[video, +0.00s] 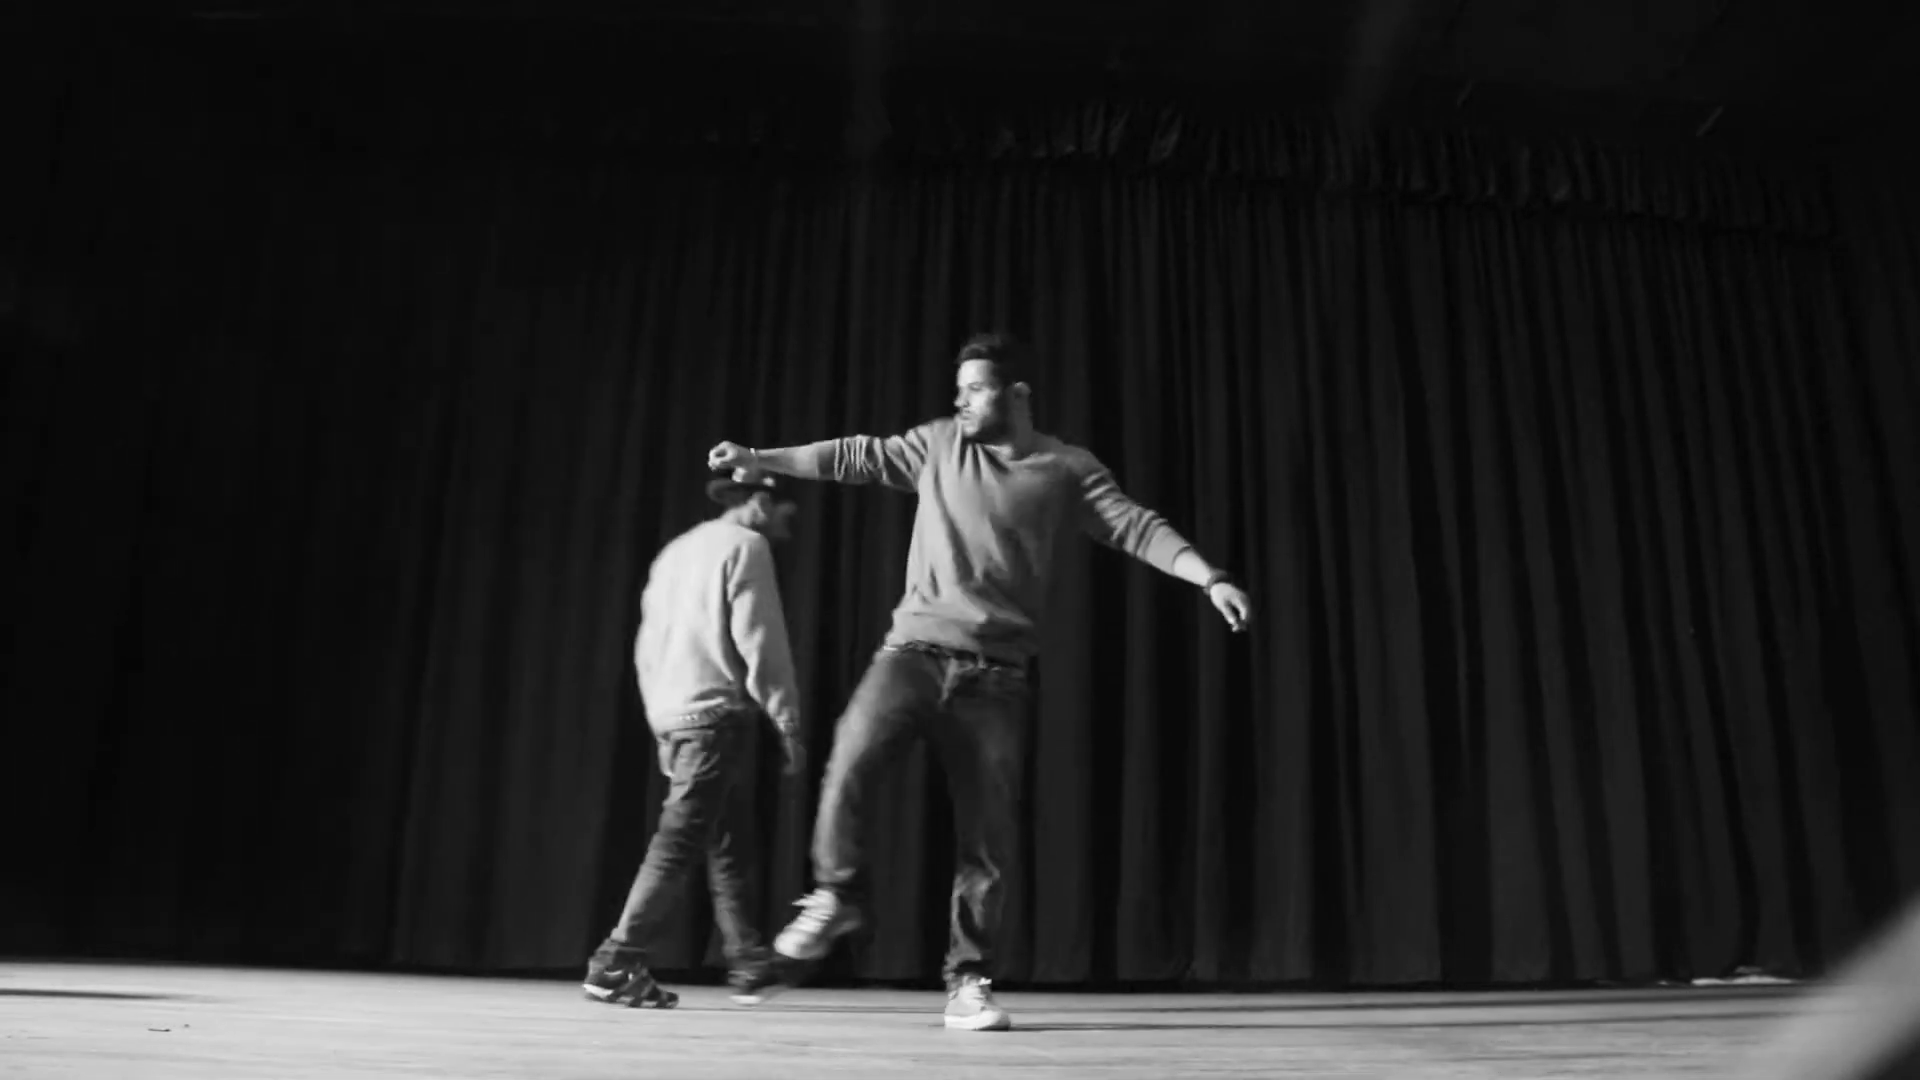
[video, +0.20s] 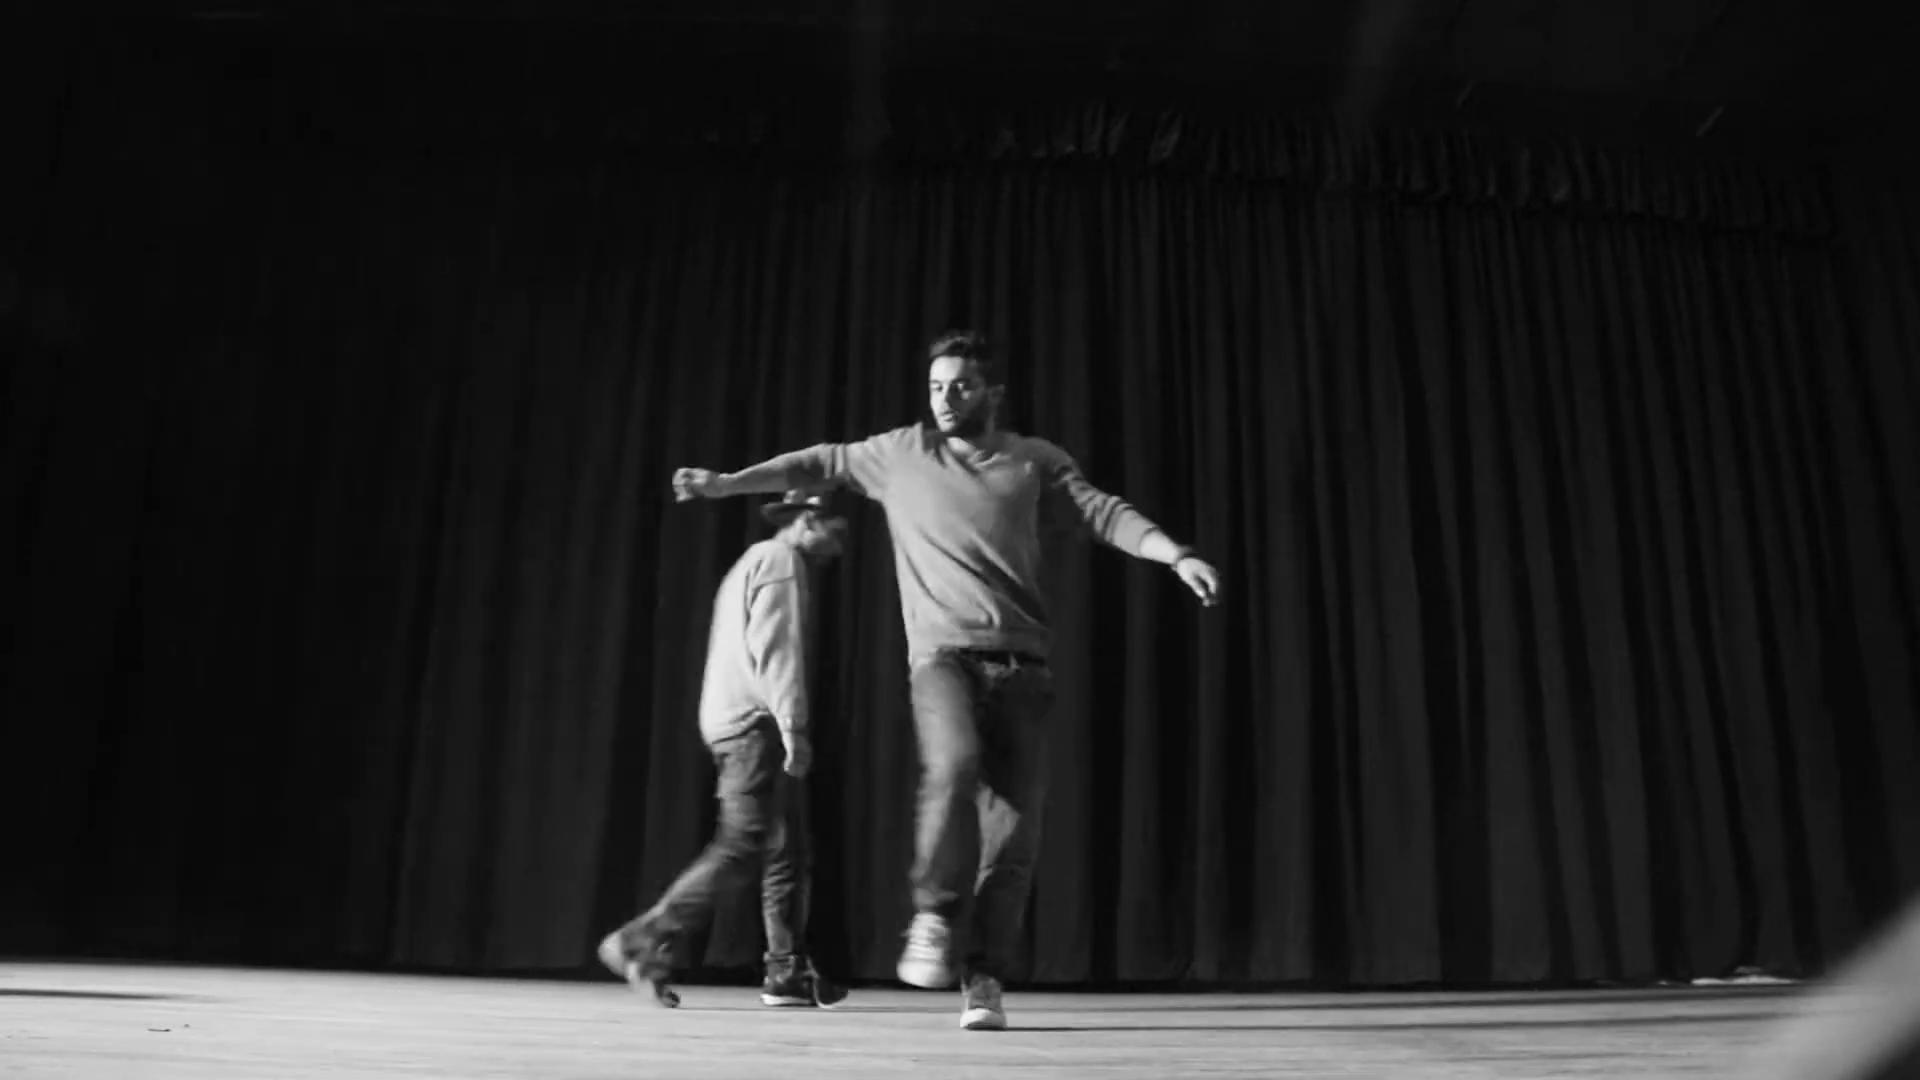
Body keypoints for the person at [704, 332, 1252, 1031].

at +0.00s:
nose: (964, 401)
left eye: (977, 389)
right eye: (960, 390)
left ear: (1015, 391)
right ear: (958, 394)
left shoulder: (1066, 468)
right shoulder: (935, 446)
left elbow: (1136, 527)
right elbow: (850, 457)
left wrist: (1209, 579)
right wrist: (758, 459)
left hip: (996, 670)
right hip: (914, 651)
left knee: (989, 832)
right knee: (854, 750)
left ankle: (969, 985)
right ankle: (833, 898)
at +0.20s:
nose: (951, 398)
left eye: (965, 386)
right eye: (941, 386)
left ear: (994, 390)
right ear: (928, 389)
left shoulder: (1035, 459)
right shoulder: (895, 452)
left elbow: (1103, 513)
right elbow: (811, 466)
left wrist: (1173, 554)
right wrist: (727, 483)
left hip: (1020, 659)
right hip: (940, 652)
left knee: (1013, 827)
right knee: (954, 766)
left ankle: (986, 975)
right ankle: (933, 918)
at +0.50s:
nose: (918, 408)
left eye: (929, 394)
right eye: (904, 396)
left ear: (949, 398)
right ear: (884, 403)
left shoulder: (987, 461)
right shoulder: (861, 482)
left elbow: (1056, 509)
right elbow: (771, 499)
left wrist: (1122, 549)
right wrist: (674, 489)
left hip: (1005, 666)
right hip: (923, 668)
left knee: (1001, 829)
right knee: (913, 818)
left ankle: (981, 980)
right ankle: (893, 970)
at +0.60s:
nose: (899, 405)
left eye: (910, 392)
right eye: (885, 393)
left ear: (929, 395)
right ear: (864, 402)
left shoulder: (967, 439)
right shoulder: (848, 488)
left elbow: (1036, 501)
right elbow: (759, 518)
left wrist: (1094, 547)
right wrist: (667, 499)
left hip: (988, 669)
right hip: (902, 671)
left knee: (988, 832)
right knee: (846, 817)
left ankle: (976, 983)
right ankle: (797, 963)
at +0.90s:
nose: (844, 395)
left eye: (855, 382)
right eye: (830, 382)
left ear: (872, 386)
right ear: (804, 388)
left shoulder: (909, 434)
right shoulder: (779, 464)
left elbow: (982, 478)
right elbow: (712, 550)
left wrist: (1047, 520)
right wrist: (749, 476)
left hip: (907, 665)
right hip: (815, 666)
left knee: (934, 823)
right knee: (769, 825)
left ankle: (952, 979)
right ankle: (726, 976)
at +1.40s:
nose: (948, 409)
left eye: (959, 399)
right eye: (935, 395)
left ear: (970, 407)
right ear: (903, 397)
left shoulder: (967, 489)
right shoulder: (857, 455)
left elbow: (1031, 527)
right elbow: (759, 488)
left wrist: (1103, 560)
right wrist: (804, 440)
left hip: (918, 681)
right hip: (831, 676)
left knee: (956, 829)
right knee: (788, 820)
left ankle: (955, 989)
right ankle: (729, 975)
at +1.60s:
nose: (980, 404)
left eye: (990, 392)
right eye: (967, 391)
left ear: (1002, 399)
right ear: (936, 395)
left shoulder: (1013, 460)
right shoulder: (895, 464)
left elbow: (1054, 528)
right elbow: (821, 547)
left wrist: (1080, 593)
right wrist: (850, 512)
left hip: (976, 672)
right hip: (894, 665)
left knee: (981, 832)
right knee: (861, 806)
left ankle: (957, 980)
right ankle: (757, 912)